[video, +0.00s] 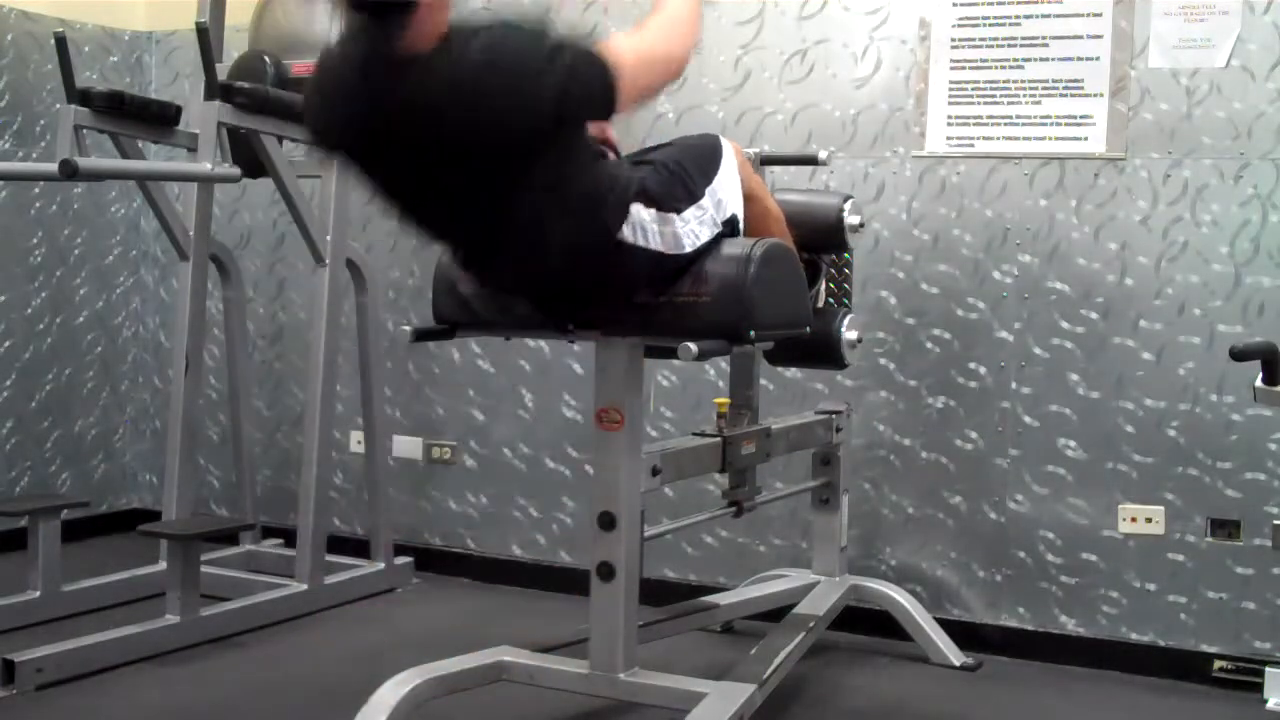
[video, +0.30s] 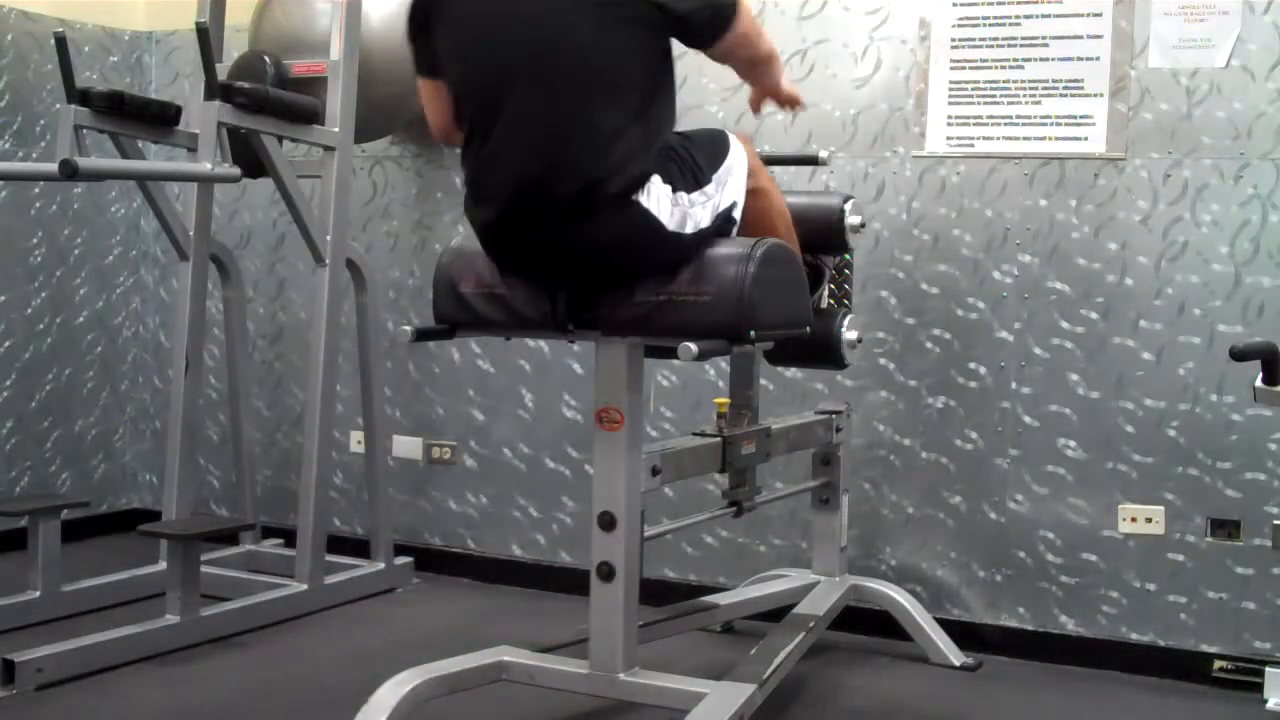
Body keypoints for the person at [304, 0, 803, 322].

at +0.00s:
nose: (447, 4)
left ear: (359, 11)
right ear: (428, 5)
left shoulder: (337, 86)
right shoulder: (484, 68)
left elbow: (454, 164)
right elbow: (656, 58)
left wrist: (567, 134)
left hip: (504, 269)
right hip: (606, 256)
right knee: (725, 159)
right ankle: (794, 289)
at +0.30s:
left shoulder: (433, 5)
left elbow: (444, 125)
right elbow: (749, 46)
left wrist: (518, 104)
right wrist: (768, 82)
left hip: (511, 241)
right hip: (625, 227)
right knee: (737, 156)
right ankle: (794, 310)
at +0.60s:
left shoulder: (455, 2)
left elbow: (449, 121)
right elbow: (757, 83)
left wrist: (524, 120)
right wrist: (771, 120)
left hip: (513, 236)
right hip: (629, 229)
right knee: (745, 153)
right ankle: (796, 301)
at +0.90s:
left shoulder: (395, 20)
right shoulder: (584, 7)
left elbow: (416, 132)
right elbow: (709, 18)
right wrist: (758, 3)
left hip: (503, 252)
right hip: (609, 232)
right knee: (737, 179)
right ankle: (803, 299)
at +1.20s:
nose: (396, 31)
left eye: (379, 26)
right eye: (386, 37)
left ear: (302, 108)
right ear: (393, 85)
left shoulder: (316, 187)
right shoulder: (476, 154)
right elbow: (630, 14)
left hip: (489, 290)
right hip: (591, 257)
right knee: (729, 191)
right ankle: (805, 274)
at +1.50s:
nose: (345, 381)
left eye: (317, 384)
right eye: (344, 419)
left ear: (305, 368)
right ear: (364, 438)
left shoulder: (336, 314)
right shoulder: (472, 385)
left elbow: (398, 235)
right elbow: (554, 414)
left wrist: (511, 164)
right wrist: (403, 444)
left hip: (565, 194)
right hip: (613, 251)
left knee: (706, 176)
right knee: (735, 193)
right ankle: (806, 297)